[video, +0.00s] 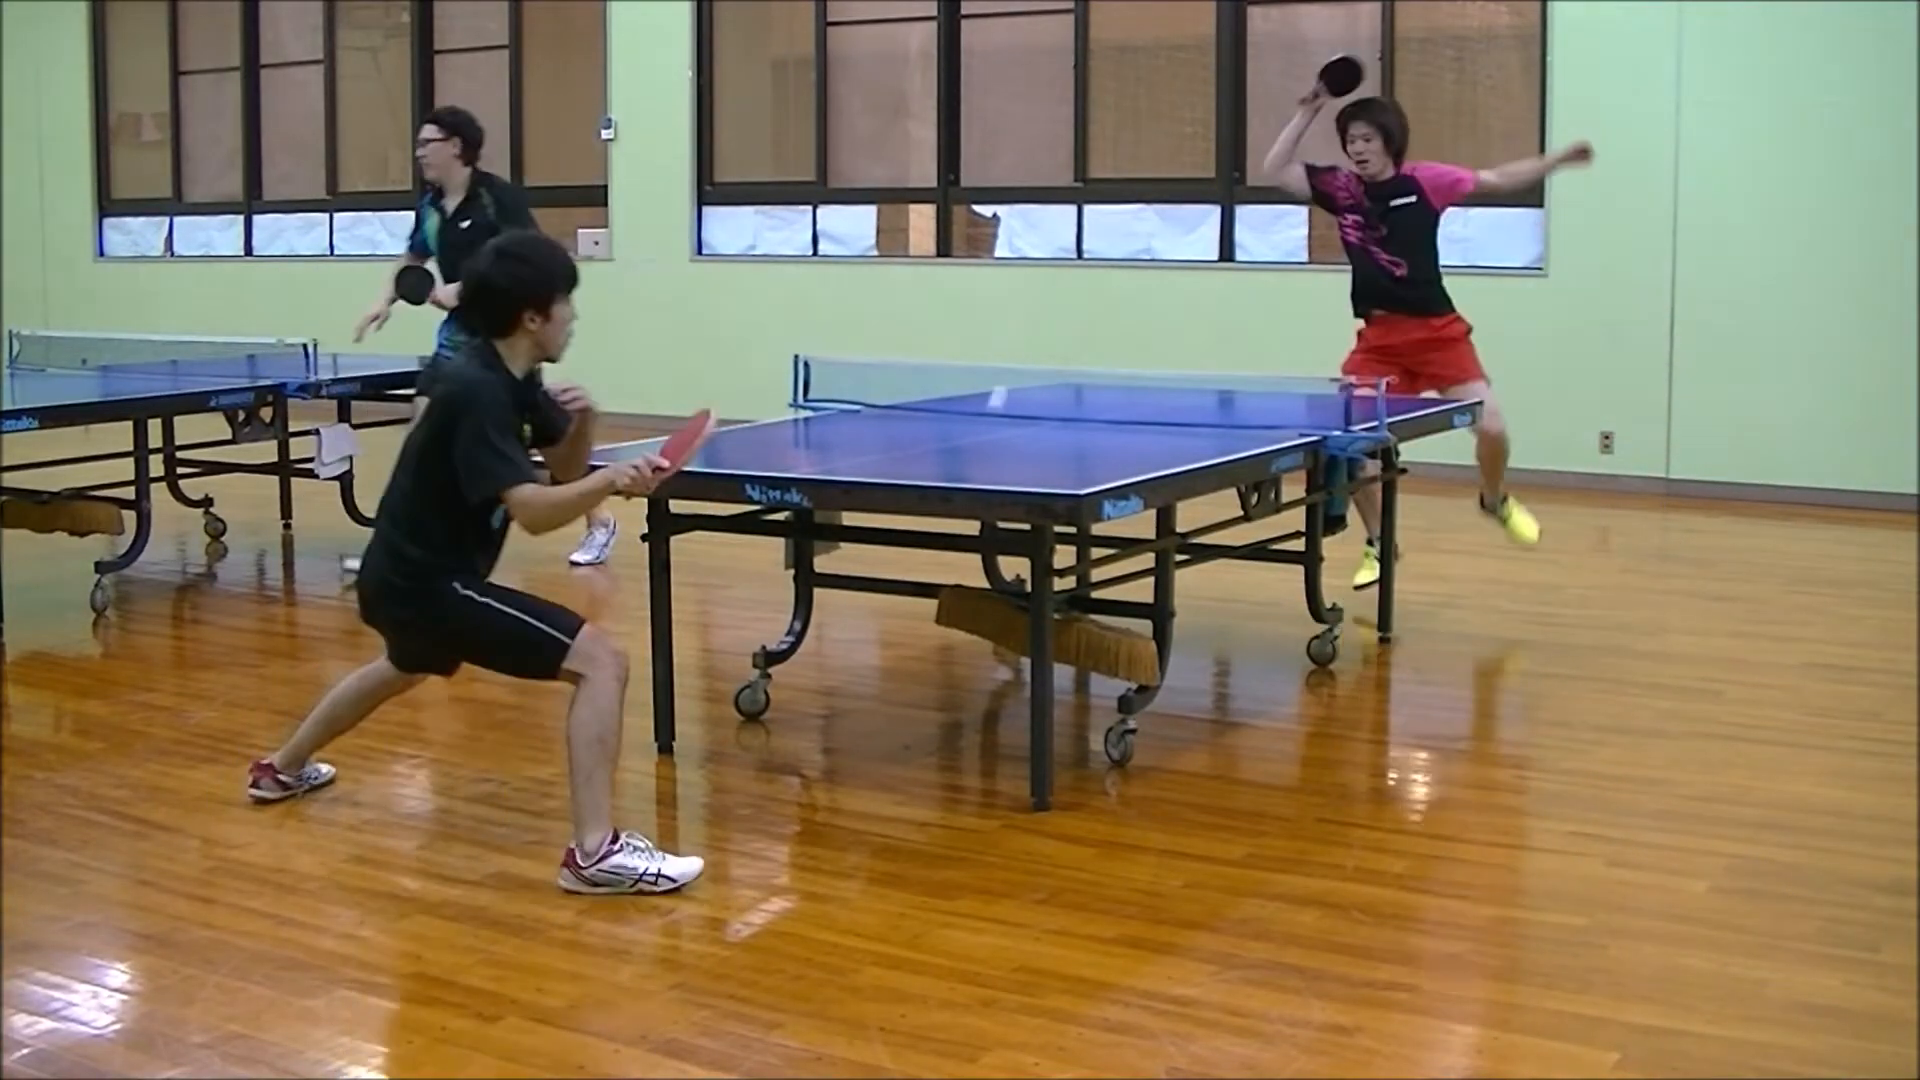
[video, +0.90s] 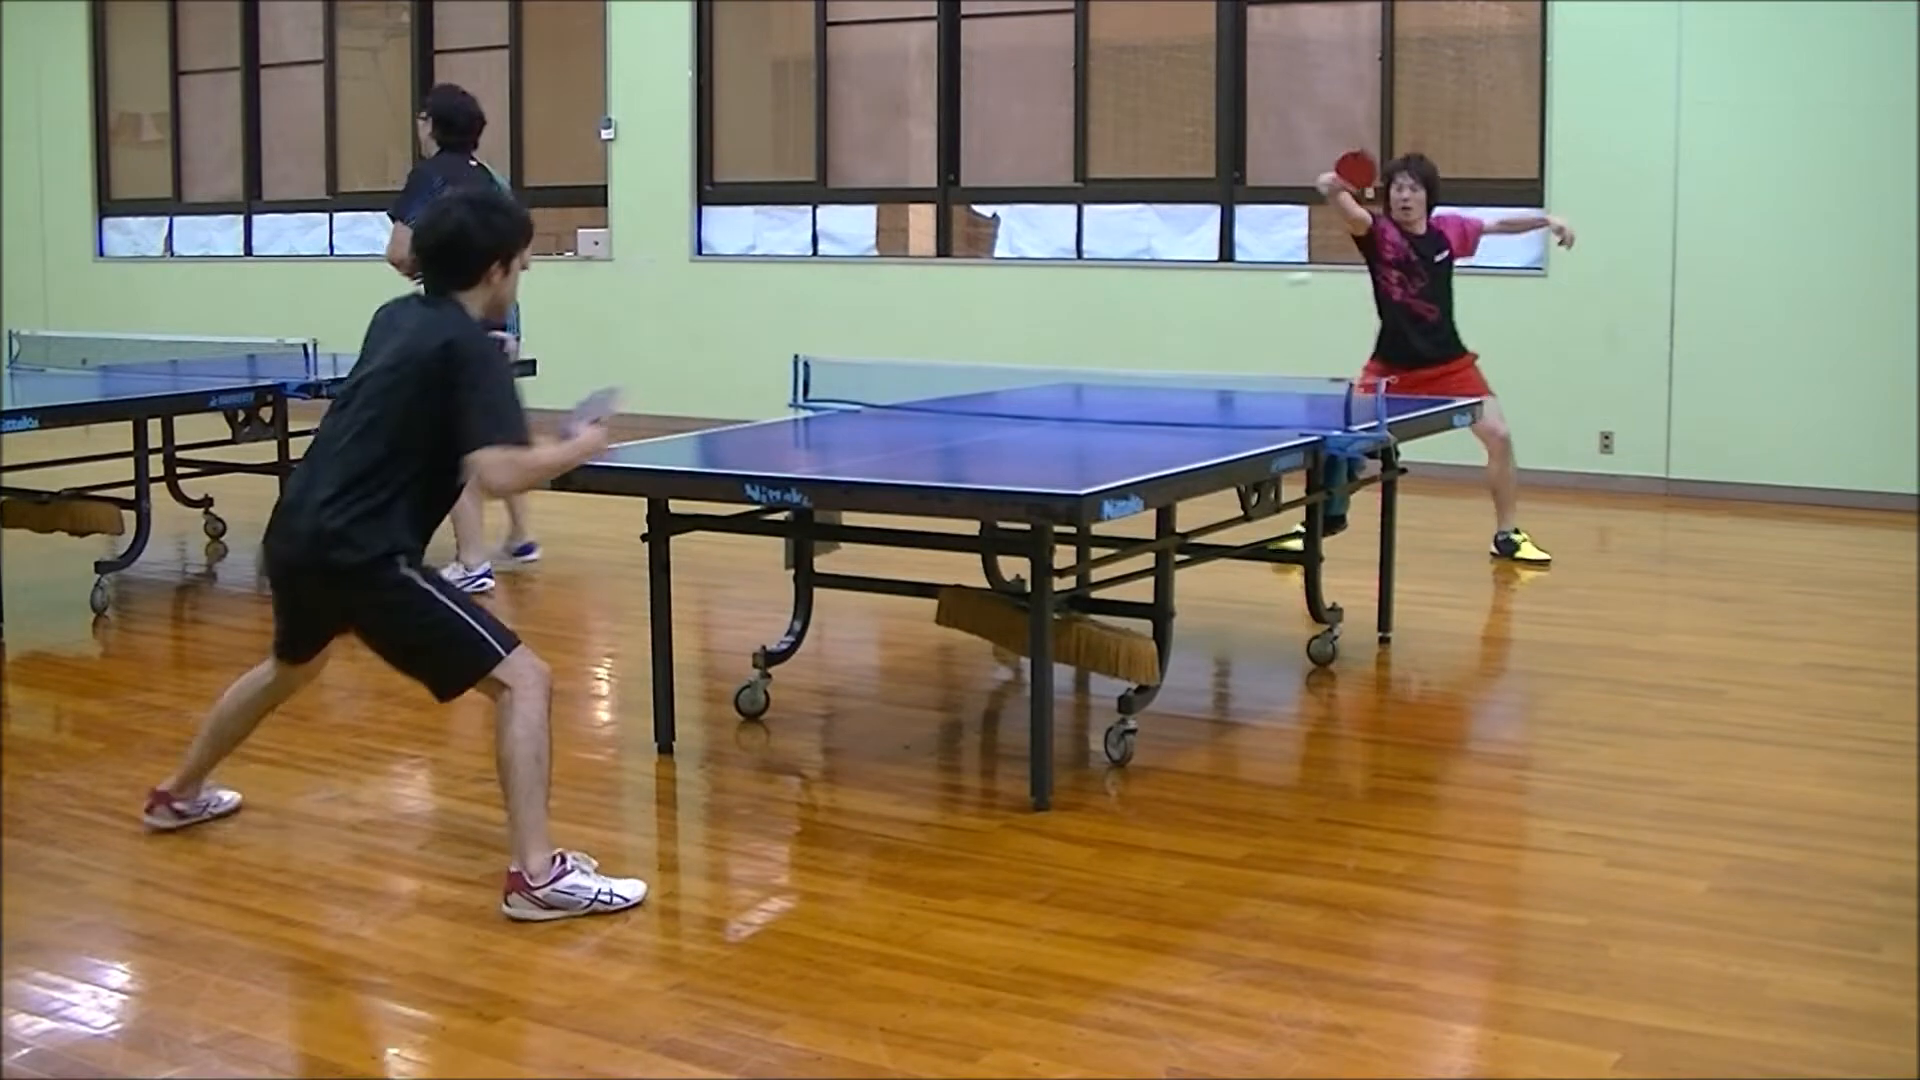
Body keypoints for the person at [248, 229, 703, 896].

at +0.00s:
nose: (572, 321)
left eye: (571, 308)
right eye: (566, 309)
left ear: (521, 314)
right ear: (532, 317)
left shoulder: (513, 374)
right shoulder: (476, 388)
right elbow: (533, 513)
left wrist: (582, 420)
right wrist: (610, 480)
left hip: (410, 578)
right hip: (424, 592)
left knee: (408, 667)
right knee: (600, 661)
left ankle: (281, 767)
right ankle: (595, 847)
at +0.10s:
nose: (618, 300)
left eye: (612, 288)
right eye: (606, 291)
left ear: (556, 307)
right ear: (569, 310)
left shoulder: (510, 356)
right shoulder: (538, 395)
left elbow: (503, 449)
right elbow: (642, 497)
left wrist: (591, 437)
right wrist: (737, 452)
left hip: (412, 558)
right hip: (459, 578)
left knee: (387, 662)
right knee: (631, 658)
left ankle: (283, 764)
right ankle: (602, 847)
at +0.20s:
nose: (661, 289)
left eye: (656, 277)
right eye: (652, 280)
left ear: (582, 295)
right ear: (615, 300)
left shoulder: (528, 336)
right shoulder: (619, 388)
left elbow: (469, 433)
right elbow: (756, 442)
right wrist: (865, 392)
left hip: (414, 537)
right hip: (479, 560)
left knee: (375, 648)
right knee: (646, 658)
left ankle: (300, 767)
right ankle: (604, 847)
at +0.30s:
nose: (684, 273)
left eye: (680, 259)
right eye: (677, 261)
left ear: (606, 273)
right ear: (647, 281)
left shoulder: (544, 308)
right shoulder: (657, 369)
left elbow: (431, 336)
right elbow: (800, 388)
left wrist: (488, 353)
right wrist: (894, 312)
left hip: (420, 516)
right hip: (493, 541)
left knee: (372, 650)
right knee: (647, 658)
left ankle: (301, 782)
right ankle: (603, 849)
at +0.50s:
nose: (653, 237)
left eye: (650, 222)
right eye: (650, 224)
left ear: (563, 223)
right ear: (629, 233)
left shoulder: (499, 277)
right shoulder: (629, 310)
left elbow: (389, 343)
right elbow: (728, 404)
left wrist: (416, 413)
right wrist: (820, 360)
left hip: (421, 494)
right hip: (509, 513)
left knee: (366, 643)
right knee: (636, 646)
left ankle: (288, 792)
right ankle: (650, 834)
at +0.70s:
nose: (581, 264)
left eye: (580, 249)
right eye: (579, 250)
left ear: (502, 247)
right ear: (557, 256)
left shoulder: (446, 306)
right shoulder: (549, 334)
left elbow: (386, 388)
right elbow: (627, 444)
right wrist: (702, 429)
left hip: (373, 525)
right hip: (464, 541)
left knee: (343, 649)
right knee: (590, 672)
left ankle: (274, 805)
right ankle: (661, 858)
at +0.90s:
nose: (520, 279)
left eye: (521, 265)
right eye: (518, 265)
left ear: (435, 262)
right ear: (494, 271)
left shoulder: (393, 317)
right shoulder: (470, 345)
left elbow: (415, 416)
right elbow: (496, 471)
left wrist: (533, 436)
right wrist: (580, 450)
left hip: (295, 541)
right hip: (364, 554)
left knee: (291, 665)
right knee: (523, 678)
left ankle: (178, 792)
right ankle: (538, 871)